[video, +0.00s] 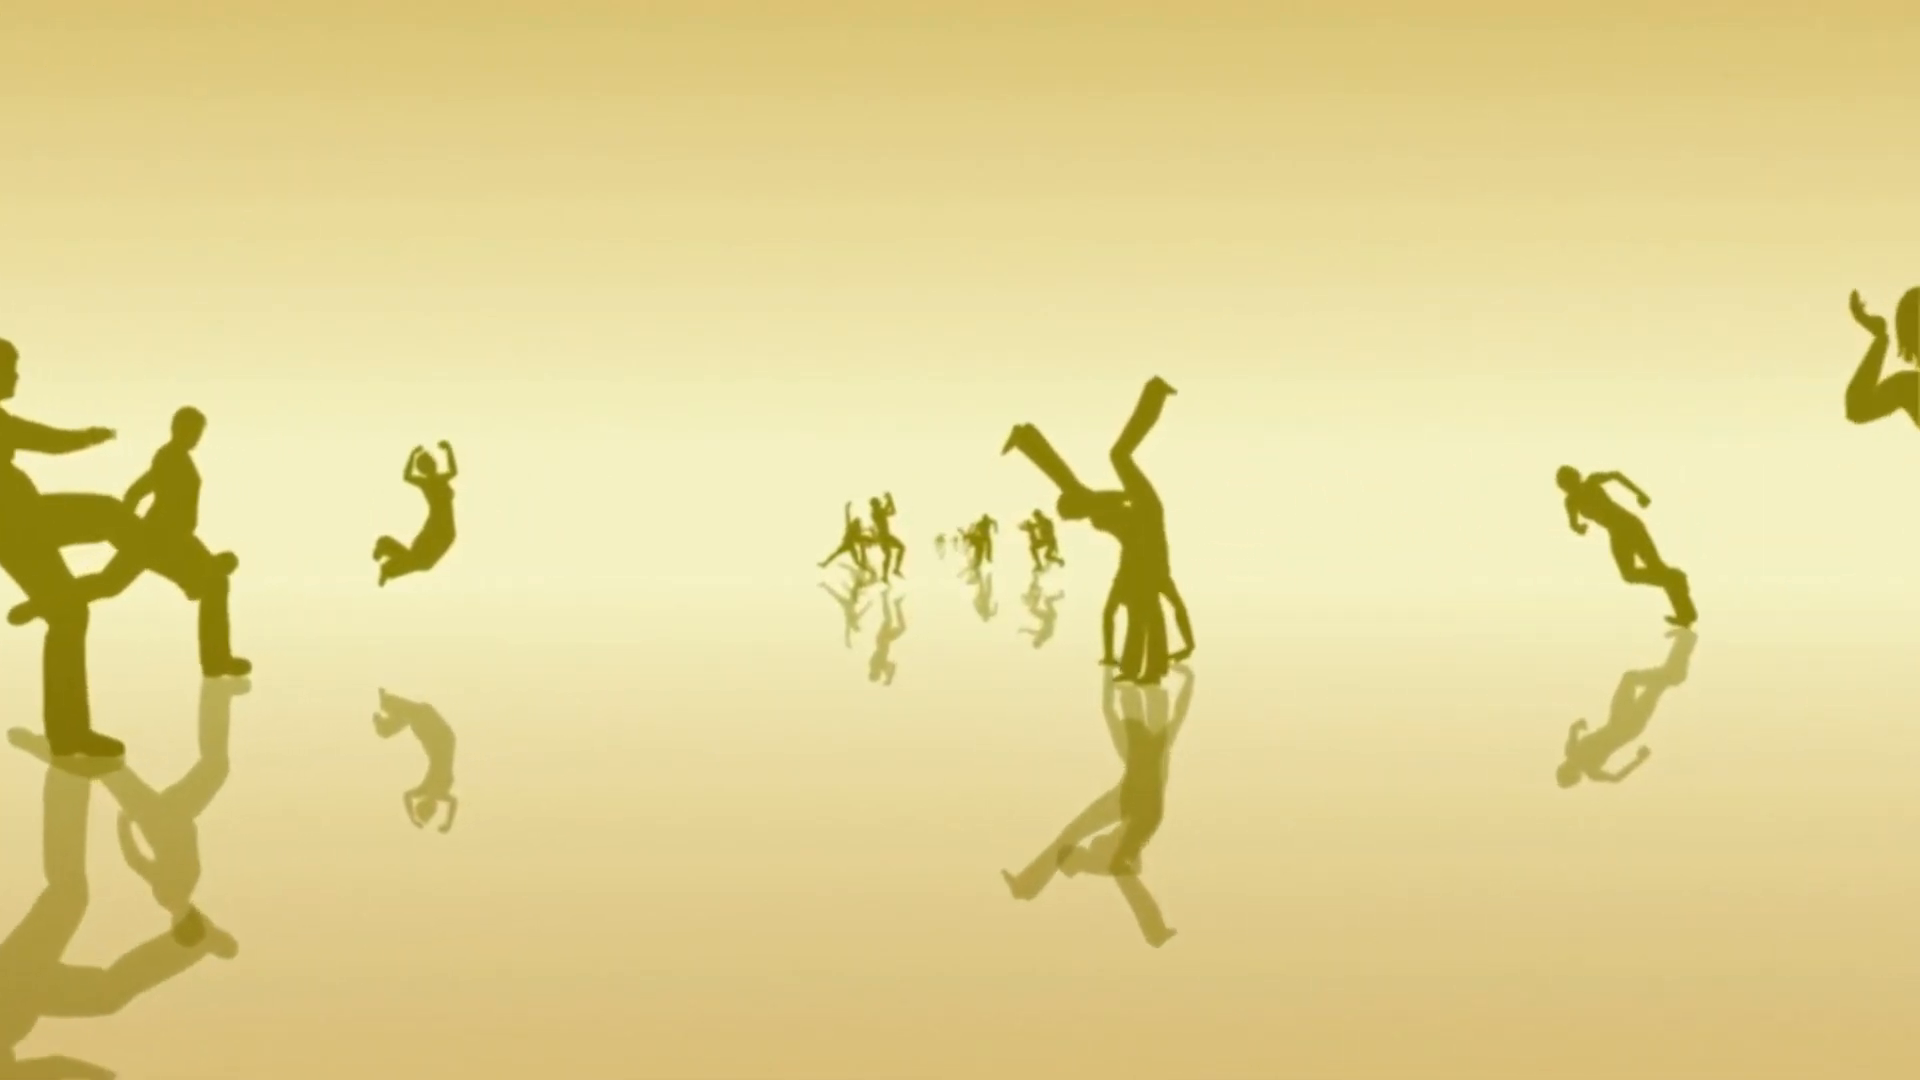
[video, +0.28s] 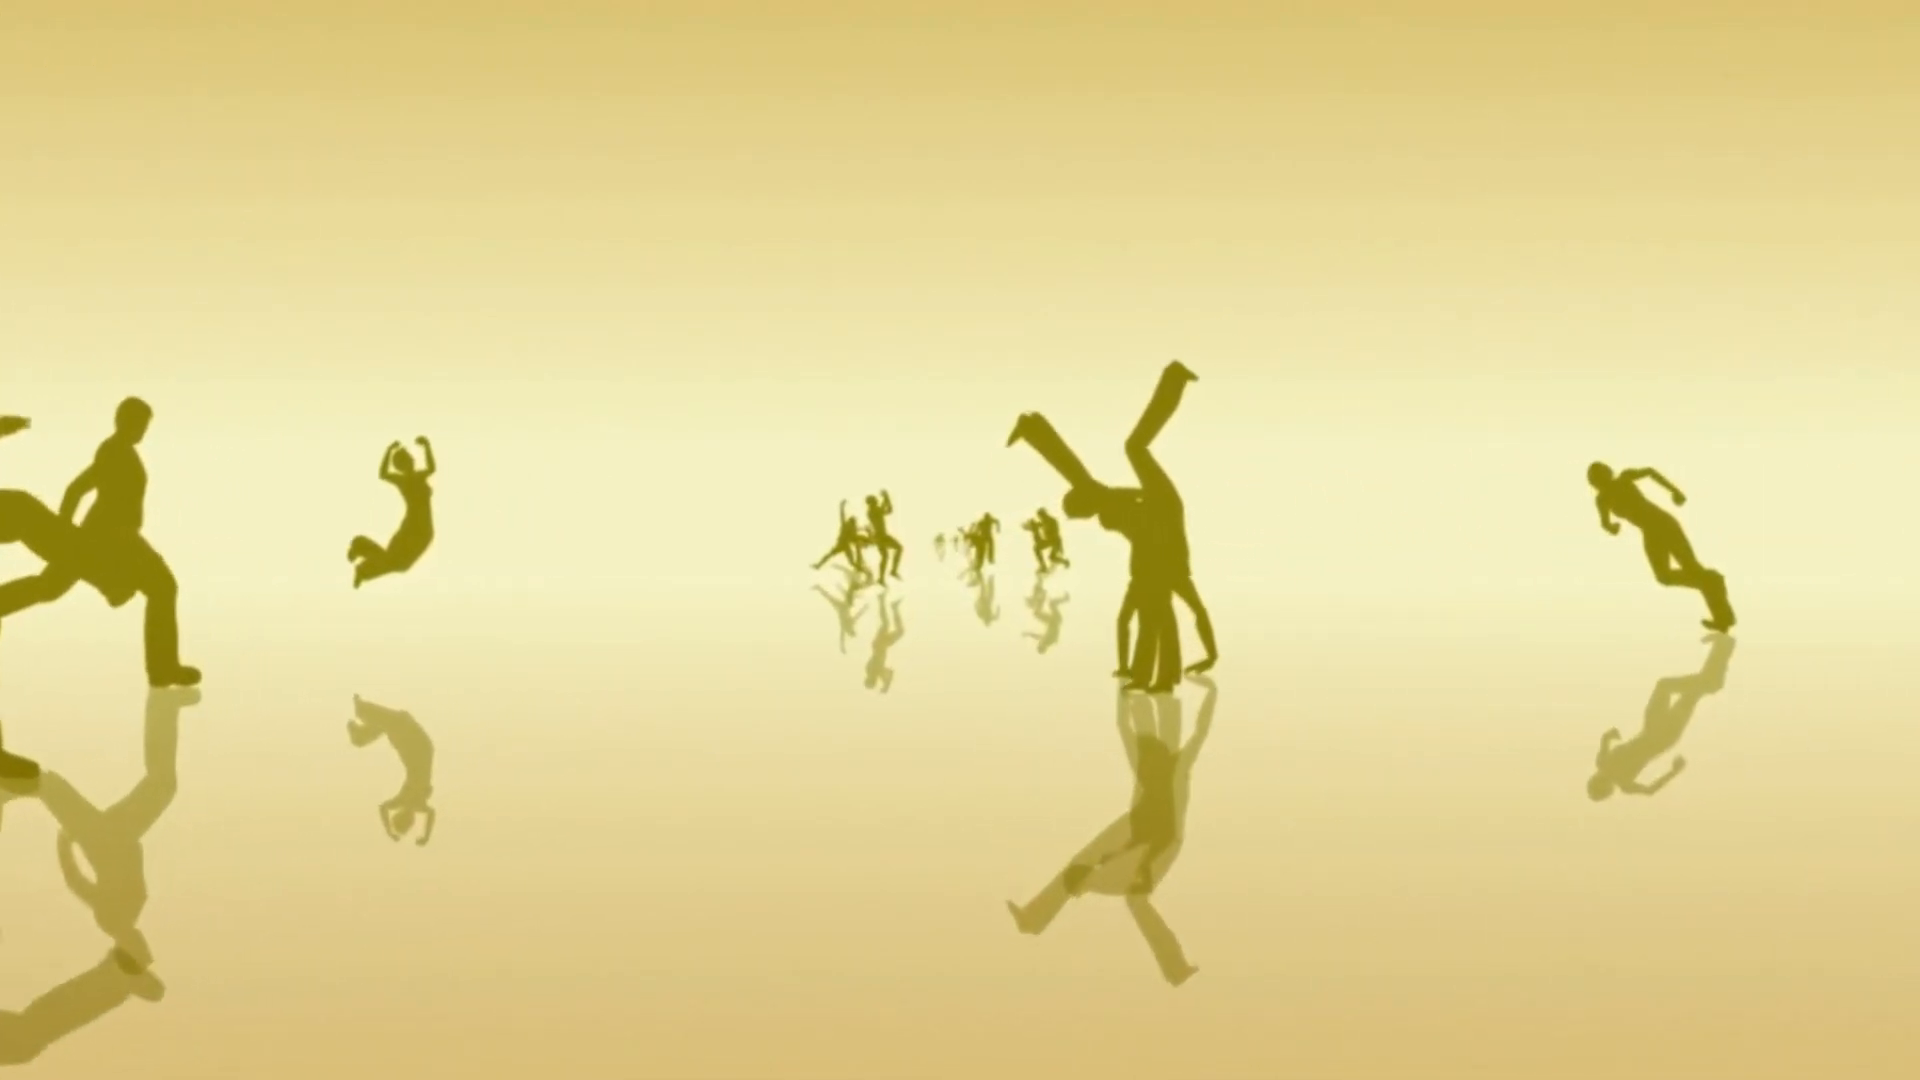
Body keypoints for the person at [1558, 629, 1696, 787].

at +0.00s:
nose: (1573, 779)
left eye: (1569, 778)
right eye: (1571, 781)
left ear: (1565, 768)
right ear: (1573, 778)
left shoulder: (1572, 753)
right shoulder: (1592, 772)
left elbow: (1572, 735)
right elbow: (1616, 778)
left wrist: (1577, 726)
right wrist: (1639, 760)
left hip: (1617, 719)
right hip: (1631, 728)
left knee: (1628, 679)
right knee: (1657, 687)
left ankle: (1667, 674)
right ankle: (1685, 641)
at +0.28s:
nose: (1605, 791)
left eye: (1601, 790)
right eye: (1603, 792)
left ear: (1597, 779)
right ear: (1606, 789)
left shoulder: (1603, 764)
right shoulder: (1625, 785)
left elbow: (1604, 745)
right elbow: (1650, 790)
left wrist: (1609, 735)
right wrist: (1674, 772)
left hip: (1651, 728)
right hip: (1664, 738)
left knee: (1662, 686)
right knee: (1692, 696)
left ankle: (1703, 681)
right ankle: (1722, 648)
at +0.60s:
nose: (1635, 802)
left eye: (1631, 801)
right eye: (1633, 804)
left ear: (1627, 790)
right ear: (1635, 801)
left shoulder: (1633, 774)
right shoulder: (1656, 796)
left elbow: (1634, 752)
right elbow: (1682, 802)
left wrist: (1640, 745)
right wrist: (1708, 782)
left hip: (1683, 737)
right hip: (1698, 747)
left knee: (1695, 693)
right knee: (1727, 702)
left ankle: (1738, 688)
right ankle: (1758, 650)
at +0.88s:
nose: (1674, 819)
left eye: (1669, 818)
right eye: (1671, 820)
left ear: (1665, 806)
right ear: (1673, 815)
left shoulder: (1671, 787)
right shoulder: (1695, 810)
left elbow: (1672, 766)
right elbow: (1722, 816)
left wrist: (1677, 756)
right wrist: (1749, 796)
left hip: (1724, 748)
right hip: (1740, 758)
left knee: (1736, 702)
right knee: (1773, 707)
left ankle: (1782, 695)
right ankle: (1803, 656)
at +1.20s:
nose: (1710, 831)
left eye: (1705, 830)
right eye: (1708, 833)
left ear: (1701, 818)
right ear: (1710, 830)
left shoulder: (1707, 799)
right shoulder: (1733, 824)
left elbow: (1709, 776)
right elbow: (1761, 830)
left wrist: (1715, 767)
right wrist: (1790, 808)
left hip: (1763, 758)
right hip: (1780, 769)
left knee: (1776, 709)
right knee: (1813, 717)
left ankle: (1823, 703)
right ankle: (1846, 663)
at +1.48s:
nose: (1756, 847)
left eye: (1750, 846)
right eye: (1753, 850)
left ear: (1746, 834)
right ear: (1756, 847)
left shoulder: (1753, 815)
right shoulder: (1780, 842)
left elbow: (1755, 788)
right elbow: (1811, 848)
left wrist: (1762, 780)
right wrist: (1841, 824)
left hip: (1812, 772)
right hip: (1829, 785)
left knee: (1826, 720)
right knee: (1864, 729)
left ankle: (1879, 714)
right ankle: (1900, 670)